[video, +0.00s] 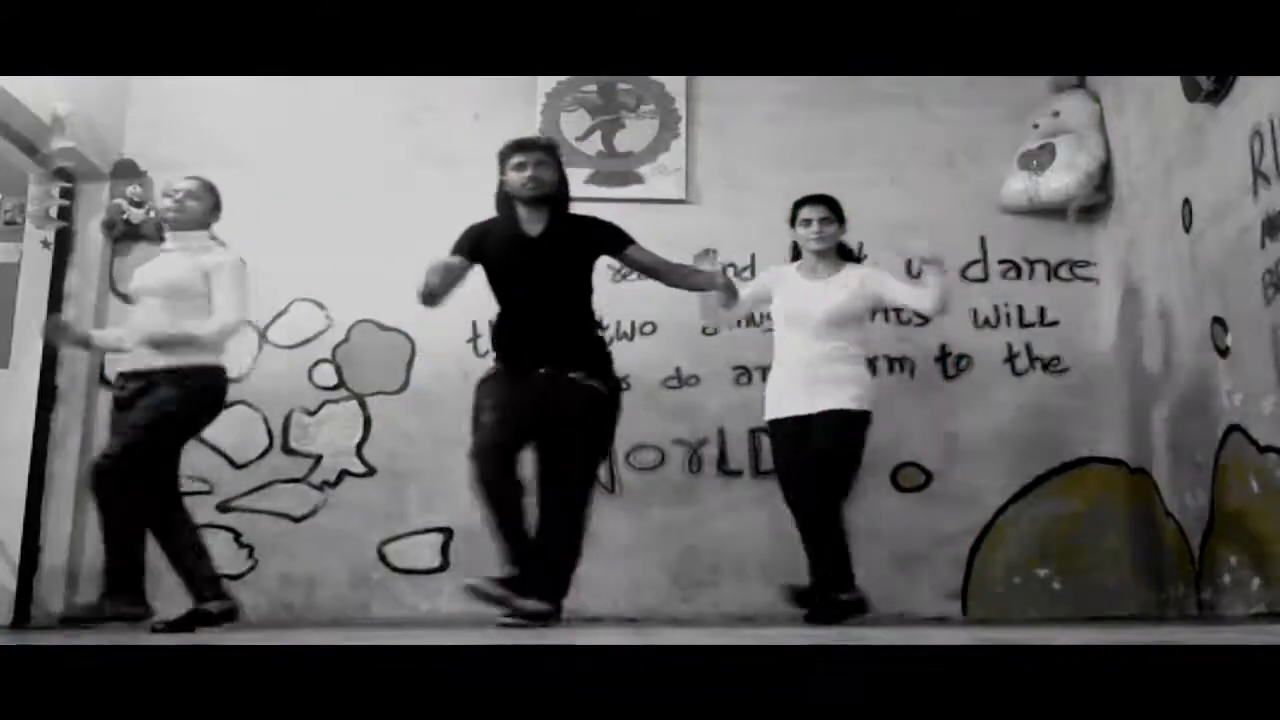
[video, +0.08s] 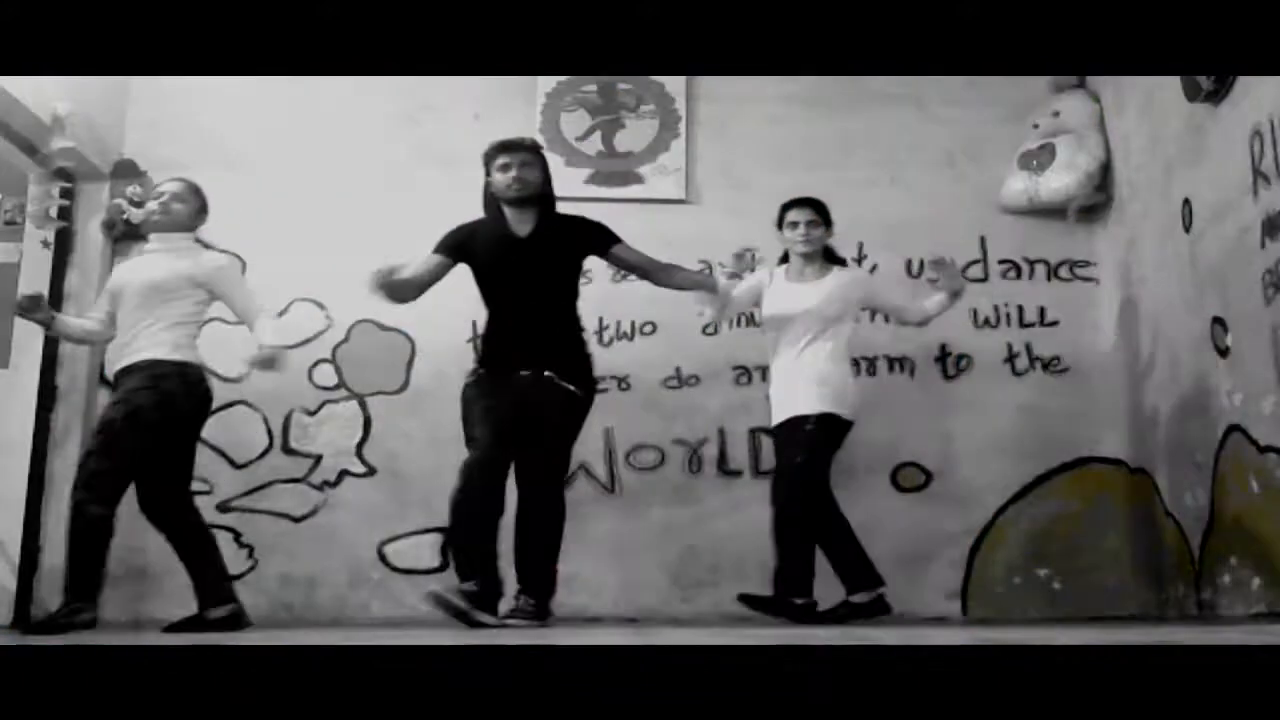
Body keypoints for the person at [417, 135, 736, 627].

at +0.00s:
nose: (530, 173)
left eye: (541, 166)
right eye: (519, 167)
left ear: (559, 177)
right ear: (502, 182)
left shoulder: (587, 231)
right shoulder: (485, 236)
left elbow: (660, 269)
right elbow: (436, 292)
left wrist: (714, 280)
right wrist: (434, 282)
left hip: (581, 374)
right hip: (515, 376)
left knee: (565, 488)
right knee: (489, 455)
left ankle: (545, 597)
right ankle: (523, 569)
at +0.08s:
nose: (516, 174)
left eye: (527, 166)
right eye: (505, 168)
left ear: (546, 178)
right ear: (490, 183)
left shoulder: (575, 231)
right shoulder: (473, 237)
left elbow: (652, 269)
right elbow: (415, 283)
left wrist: (712, 283)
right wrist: (389, 284)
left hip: (561, 373)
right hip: (498, 374)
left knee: (542, 480)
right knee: (485, 462)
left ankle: (533, 595)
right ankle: (478, 587)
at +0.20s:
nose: (504, 170)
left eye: (516, 162)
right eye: (493, 165)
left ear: (537, 175)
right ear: (479, 180)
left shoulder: (565, 229)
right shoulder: (460, 235)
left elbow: (620, 269)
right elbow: (409, 294)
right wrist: (348, 330)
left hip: (547, 382)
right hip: (484, 382)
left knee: (566, 472)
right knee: (517, 467)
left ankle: (485, 577)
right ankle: (499, 588)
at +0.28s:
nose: (490, 176)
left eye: (501, 169)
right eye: (479, 170)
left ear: (523, 181)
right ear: (466, 185)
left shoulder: (547, 227)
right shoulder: (454, 240)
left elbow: (548, 253)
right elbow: (433, 300)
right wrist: (384, 343)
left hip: (523, 374)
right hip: (471, 374)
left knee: (537, 487)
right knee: (511, 485)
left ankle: (457, 593)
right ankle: (500, 589)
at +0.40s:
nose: (470, 172)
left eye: (481, 165)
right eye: (460, 165)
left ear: (501, 177)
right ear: (448, 179)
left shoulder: (522, 220)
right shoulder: (441, 238)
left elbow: (544, 250)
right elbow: (441, 305)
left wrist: (476, 243)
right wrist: (393, 344)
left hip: (518, 371)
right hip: (457, 371)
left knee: (527, 475)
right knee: (472, 469)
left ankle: (466, 582)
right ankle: (478, 583)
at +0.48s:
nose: (479, 199)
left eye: (489, 194)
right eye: (471, 194)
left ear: (506, 206)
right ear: (460, 206)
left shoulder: (518, 244)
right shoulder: (458, 260)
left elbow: (570, 277)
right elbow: (456, 312)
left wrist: (558, 286)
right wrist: (411, 342)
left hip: (528, 371)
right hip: (476, 371)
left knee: (524, 463)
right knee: (450, 444)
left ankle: (535, 557)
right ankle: (456, 543)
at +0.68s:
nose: (447, 218)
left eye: (457, 212)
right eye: (439, 213)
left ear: (474, 220)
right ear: (431, 224)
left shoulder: (491, 257)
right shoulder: (437, 279)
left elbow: (541, 289)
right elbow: (416, 328)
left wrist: (583, 329)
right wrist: (374, 326)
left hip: (495, 374)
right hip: (455, 378)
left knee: (462, 460)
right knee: (427, 463)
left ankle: (533, 540)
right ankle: (444, 561)